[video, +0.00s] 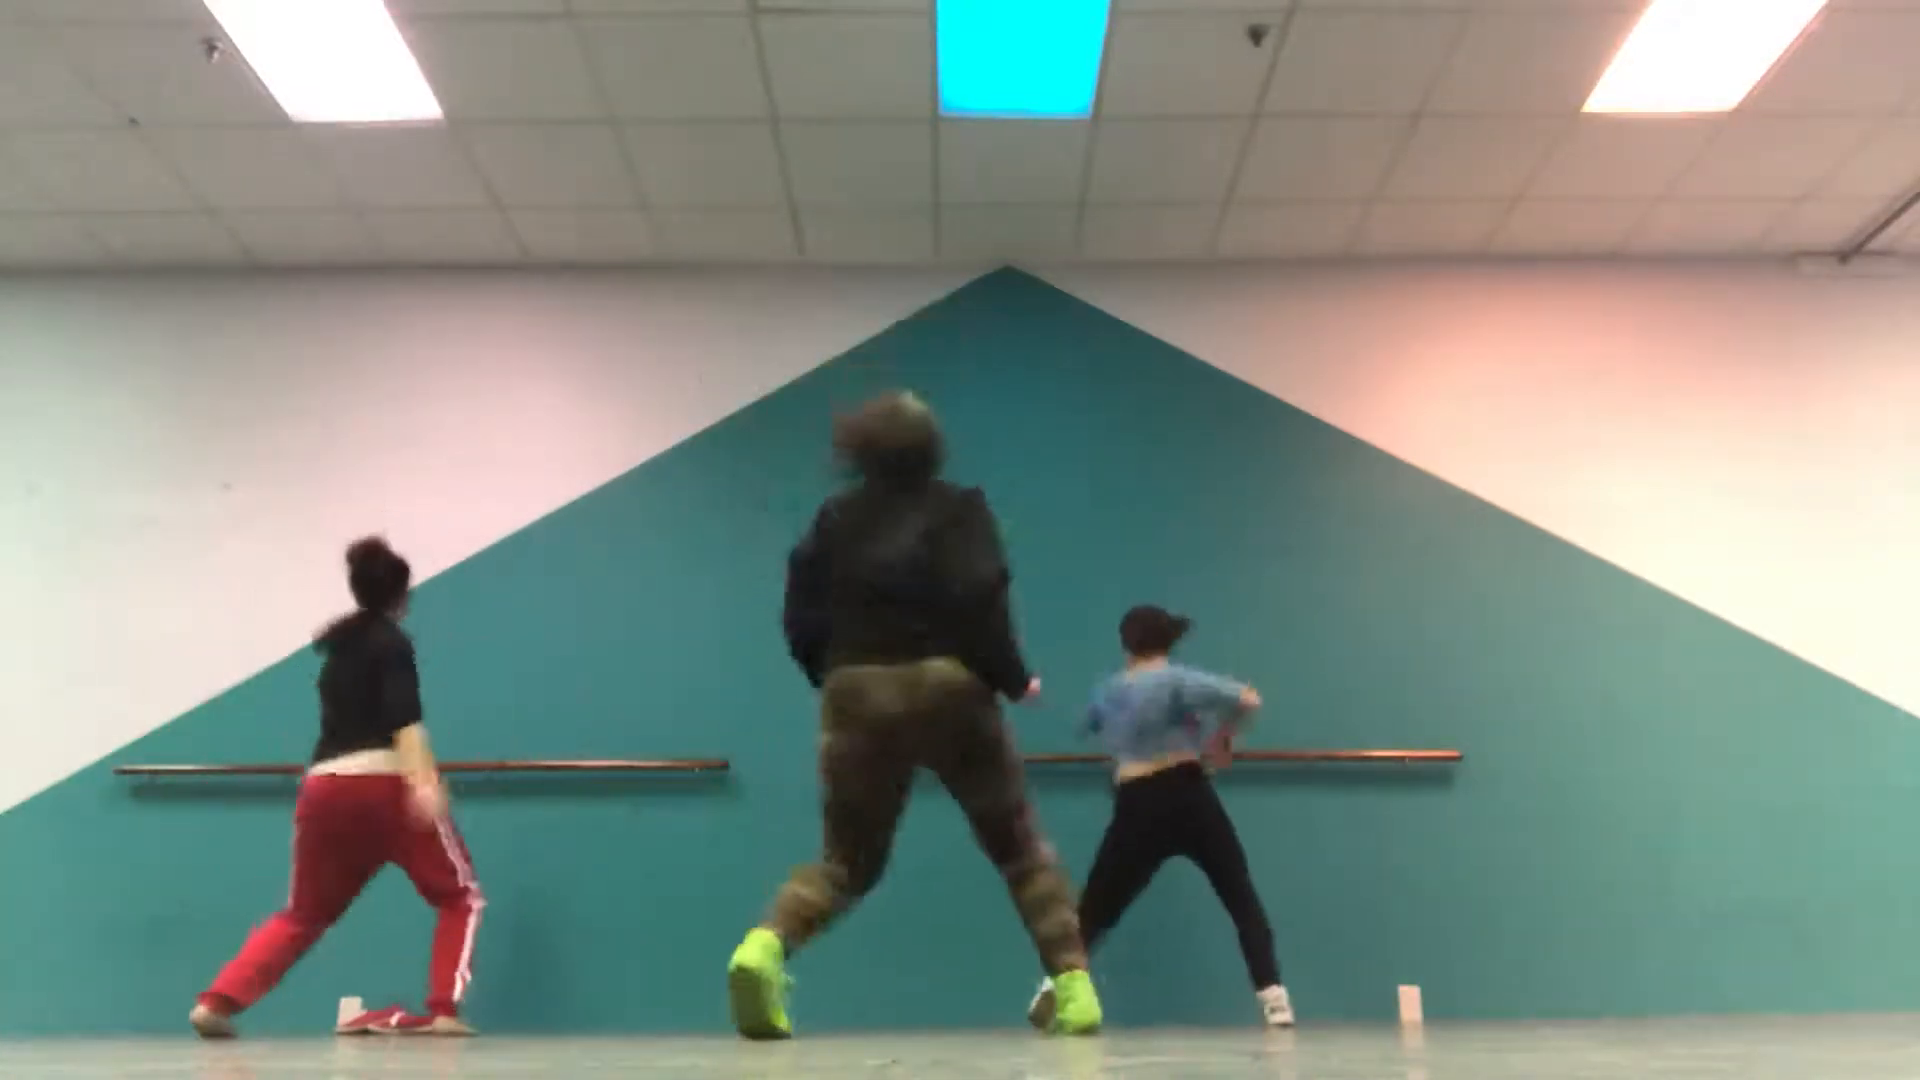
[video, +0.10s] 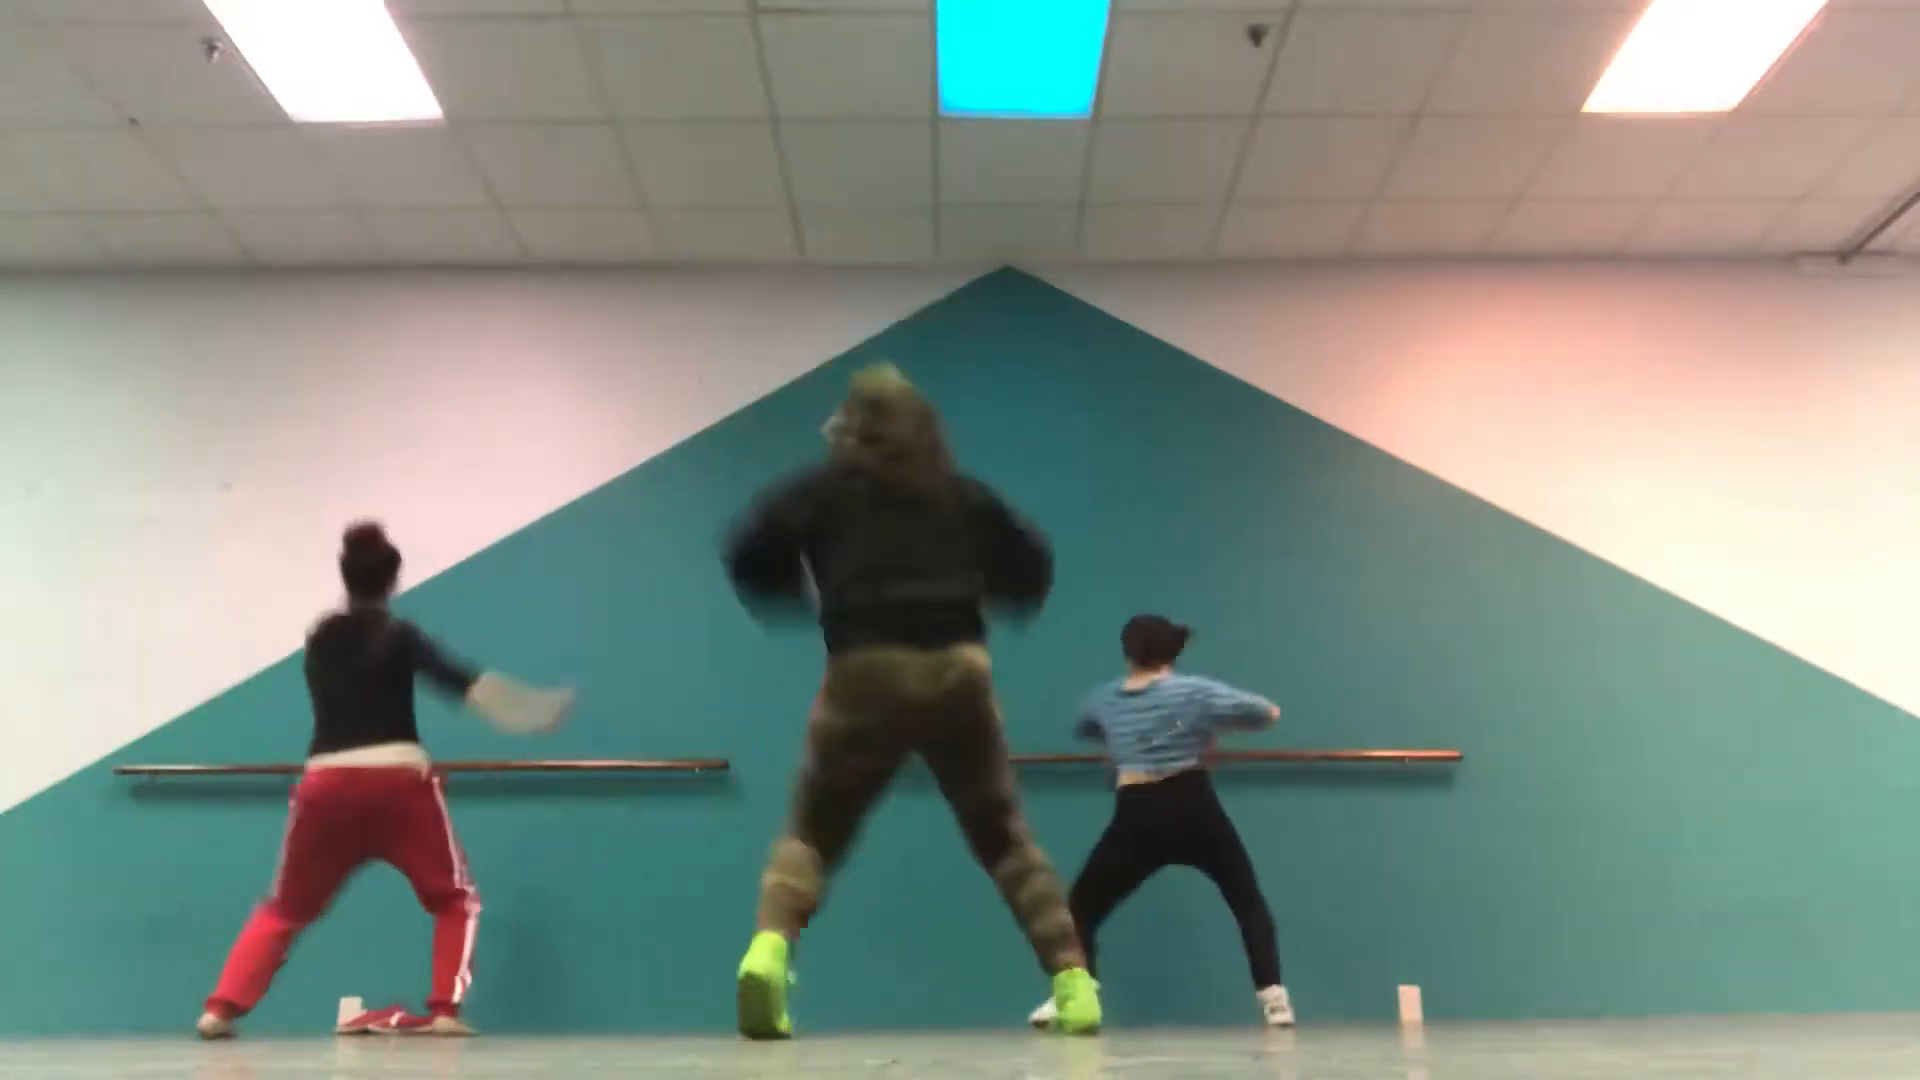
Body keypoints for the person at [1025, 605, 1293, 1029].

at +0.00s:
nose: (1171, 649)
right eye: (1171, 642)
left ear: (1128, 646)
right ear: (1168, 644)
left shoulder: (1110, 690)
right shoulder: (1178, 679)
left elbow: (1086, 729)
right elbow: (1248, 699)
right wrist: (1224, 738)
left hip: (1137, 799)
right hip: (1188, 791)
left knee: (1100, 900)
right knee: (1238, 893)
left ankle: (1058, 982)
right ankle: (1272, 993)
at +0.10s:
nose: (1178, 659)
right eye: (1176, 653)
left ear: (1129, 656)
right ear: (1171, 655)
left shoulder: (1107, 699)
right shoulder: (1191, 692)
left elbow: (1082, 729)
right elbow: (1267, 713)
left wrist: (1127, 729)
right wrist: (1213, 722)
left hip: (1137, 817)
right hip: (1194, 812)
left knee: (1082, 906)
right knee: (1245, 898)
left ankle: (1073, 995)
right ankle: (1273, 994)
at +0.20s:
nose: (1110, 635)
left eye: (1113, 628)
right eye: (1111, 628)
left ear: (1125, 630)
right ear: (1160, 631)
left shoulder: (1105, 665)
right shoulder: (1187, 674)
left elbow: (1059, 650)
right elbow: (1201, 663)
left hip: (1128, 792)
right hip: (1176, 793)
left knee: (1051, 884)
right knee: (1211, 892)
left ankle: (1085, 993)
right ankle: (1266, 987)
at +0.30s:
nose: (1092, 604)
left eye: (1098, 597)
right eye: (1096, 598)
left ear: (1113, 602)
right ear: (1135, 607)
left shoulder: (1115, 630)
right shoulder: (1150, 656)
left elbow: (1078, 582)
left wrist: (1037, 537)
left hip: (1106, 772)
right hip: (1133, 774)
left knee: (1048, 880)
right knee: (1140, 896)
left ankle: (1084, 990)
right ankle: (1227, 965)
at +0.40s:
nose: (1070, 610)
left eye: (1078, 600)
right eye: (1070, 603)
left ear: (1097, 601)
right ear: (1082, 605)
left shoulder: (1115, 636)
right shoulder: (1076, 644)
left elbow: (1077, 582)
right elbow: (1035, 608)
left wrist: (1058, 522)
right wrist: (1051, 555)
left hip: (1099, 763)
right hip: (1080, 764)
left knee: (1048, 878)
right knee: (1054, 880)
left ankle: (1084, 988)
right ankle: (1139, 947)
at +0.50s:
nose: (1046, 608)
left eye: (1056, 597)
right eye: (1044, 599)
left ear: (1083, 600)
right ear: (1045, 605)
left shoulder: (1100, 645)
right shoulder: (1049, 650)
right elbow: (991, 648)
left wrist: (1090, 612)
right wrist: (998, 586)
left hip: (1085, 760)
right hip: (1051, 762)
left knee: (1040, 872)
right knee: (996, 864)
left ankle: (1084, 989)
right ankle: (1028, 972)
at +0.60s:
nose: (1028, 612)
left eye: (1037, 603)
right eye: (1025, 604)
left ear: (1064, 609)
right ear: (1024, 611)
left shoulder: (1093, 659)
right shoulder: (1017, 659)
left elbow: (1100, 712)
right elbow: (958, 686)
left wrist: (1080, 751)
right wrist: (950, 733)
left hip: (1065, 764)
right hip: (1024, 766)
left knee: (1021, 876)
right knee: (976, 871)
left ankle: (1081, 989)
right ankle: (939, 982)